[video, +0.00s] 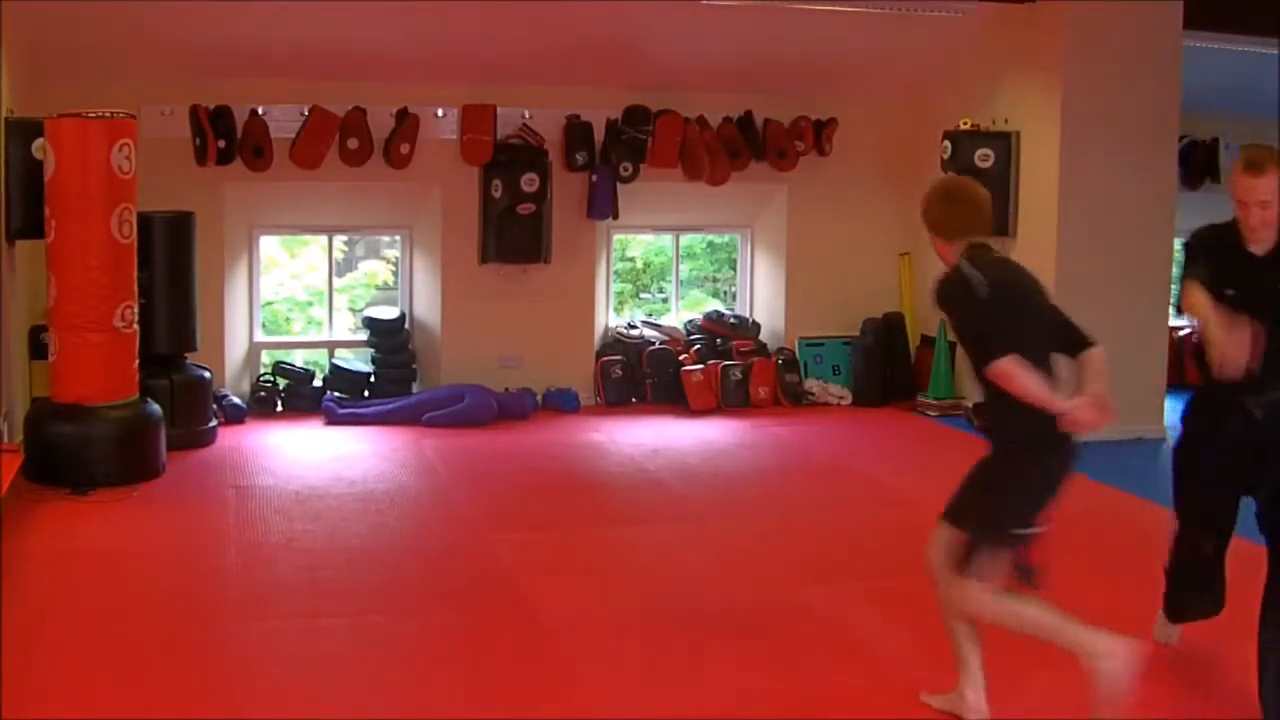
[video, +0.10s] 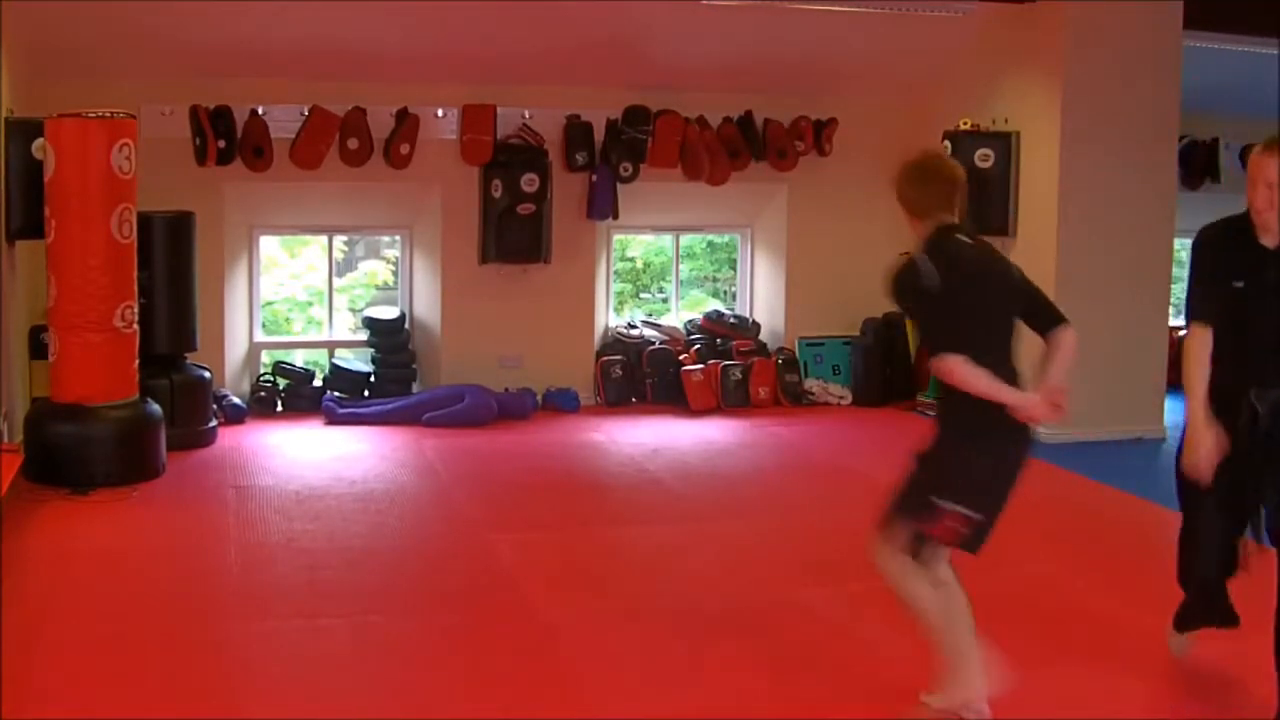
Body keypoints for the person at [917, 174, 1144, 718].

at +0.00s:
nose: (931, 241)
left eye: (930, 232)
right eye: (934, 231)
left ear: (937, 235)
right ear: (984, 225)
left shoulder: (958, 283)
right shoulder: (1014, 275)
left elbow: (999, 363)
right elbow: (1086, 347)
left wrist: (1063, 406)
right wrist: (1093, 395)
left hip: (1027, 449)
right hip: (1037, 442)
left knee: (961, 589)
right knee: (943, 551)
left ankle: (1101, 648)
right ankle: (971, 692)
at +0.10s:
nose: (899, 209)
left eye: (901, 201)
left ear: (906, 206)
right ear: (957, 200)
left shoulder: (917, 270)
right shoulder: (990, 260)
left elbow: (948, 361)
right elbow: (1061, 332)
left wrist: (1018, 398)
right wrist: (1049, 392)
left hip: (965, 427)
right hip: (1004, 426)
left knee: (894, 544)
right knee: (931, 553)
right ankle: (968, 682)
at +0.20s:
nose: (870, 177)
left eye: (870, 168)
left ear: (873, 173)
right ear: (927, 169)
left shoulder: (869, 246)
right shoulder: (961, 238)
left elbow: (875, 343)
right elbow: (1029, 308)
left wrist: (953, 375)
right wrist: (1002, 368)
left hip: (902, 420)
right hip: (963, 419)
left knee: (844, 537)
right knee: (940, 554)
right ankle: (975, 688)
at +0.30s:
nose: (892, 169)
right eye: (893, 161)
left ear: (837, 166)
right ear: (891, 166)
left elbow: (803, 336)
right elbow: (976, 317)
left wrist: (876, 381)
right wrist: (929, 371)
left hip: (845, 412)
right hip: (914, 412)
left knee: (798, 541)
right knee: (933, 559)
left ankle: (743, 663)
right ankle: (969, 688)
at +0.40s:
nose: (870, 183)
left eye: (867, 173)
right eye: (869, 174)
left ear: (809, 176)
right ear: (857, 178)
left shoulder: (775, 249)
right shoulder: (878, 252)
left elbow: (732, 336)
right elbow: (893, 339)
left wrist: (784, 392)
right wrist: (837, 395)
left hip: (783, 420)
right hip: (849, 421)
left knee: (765, 550)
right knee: (896, 560)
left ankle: (729, 675)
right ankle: (936, 690)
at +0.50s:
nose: (853, 182)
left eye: (851, 171)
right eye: (850, 171)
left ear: (796, 171)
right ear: (831, 171)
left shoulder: (754, 232)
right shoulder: (839, 241)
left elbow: (694, 320)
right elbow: (821, 330)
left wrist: (713, 394)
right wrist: (767, 394)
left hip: (737, 409)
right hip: (799, 412)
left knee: (745, 541)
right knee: (847, 543)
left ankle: (725, 675)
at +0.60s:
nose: (833, 185)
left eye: (836, 174)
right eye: (832, 173)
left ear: (780, 164)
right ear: (810, 165)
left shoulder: (735, 220)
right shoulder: (795, 230)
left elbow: (668, 303)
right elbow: (771, 320)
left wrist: (667, 387)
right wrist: (735, 395)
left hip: (713, 396)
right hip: (756, 405)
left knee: (734, 535)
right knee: (789, 541)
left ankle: (717, 666)